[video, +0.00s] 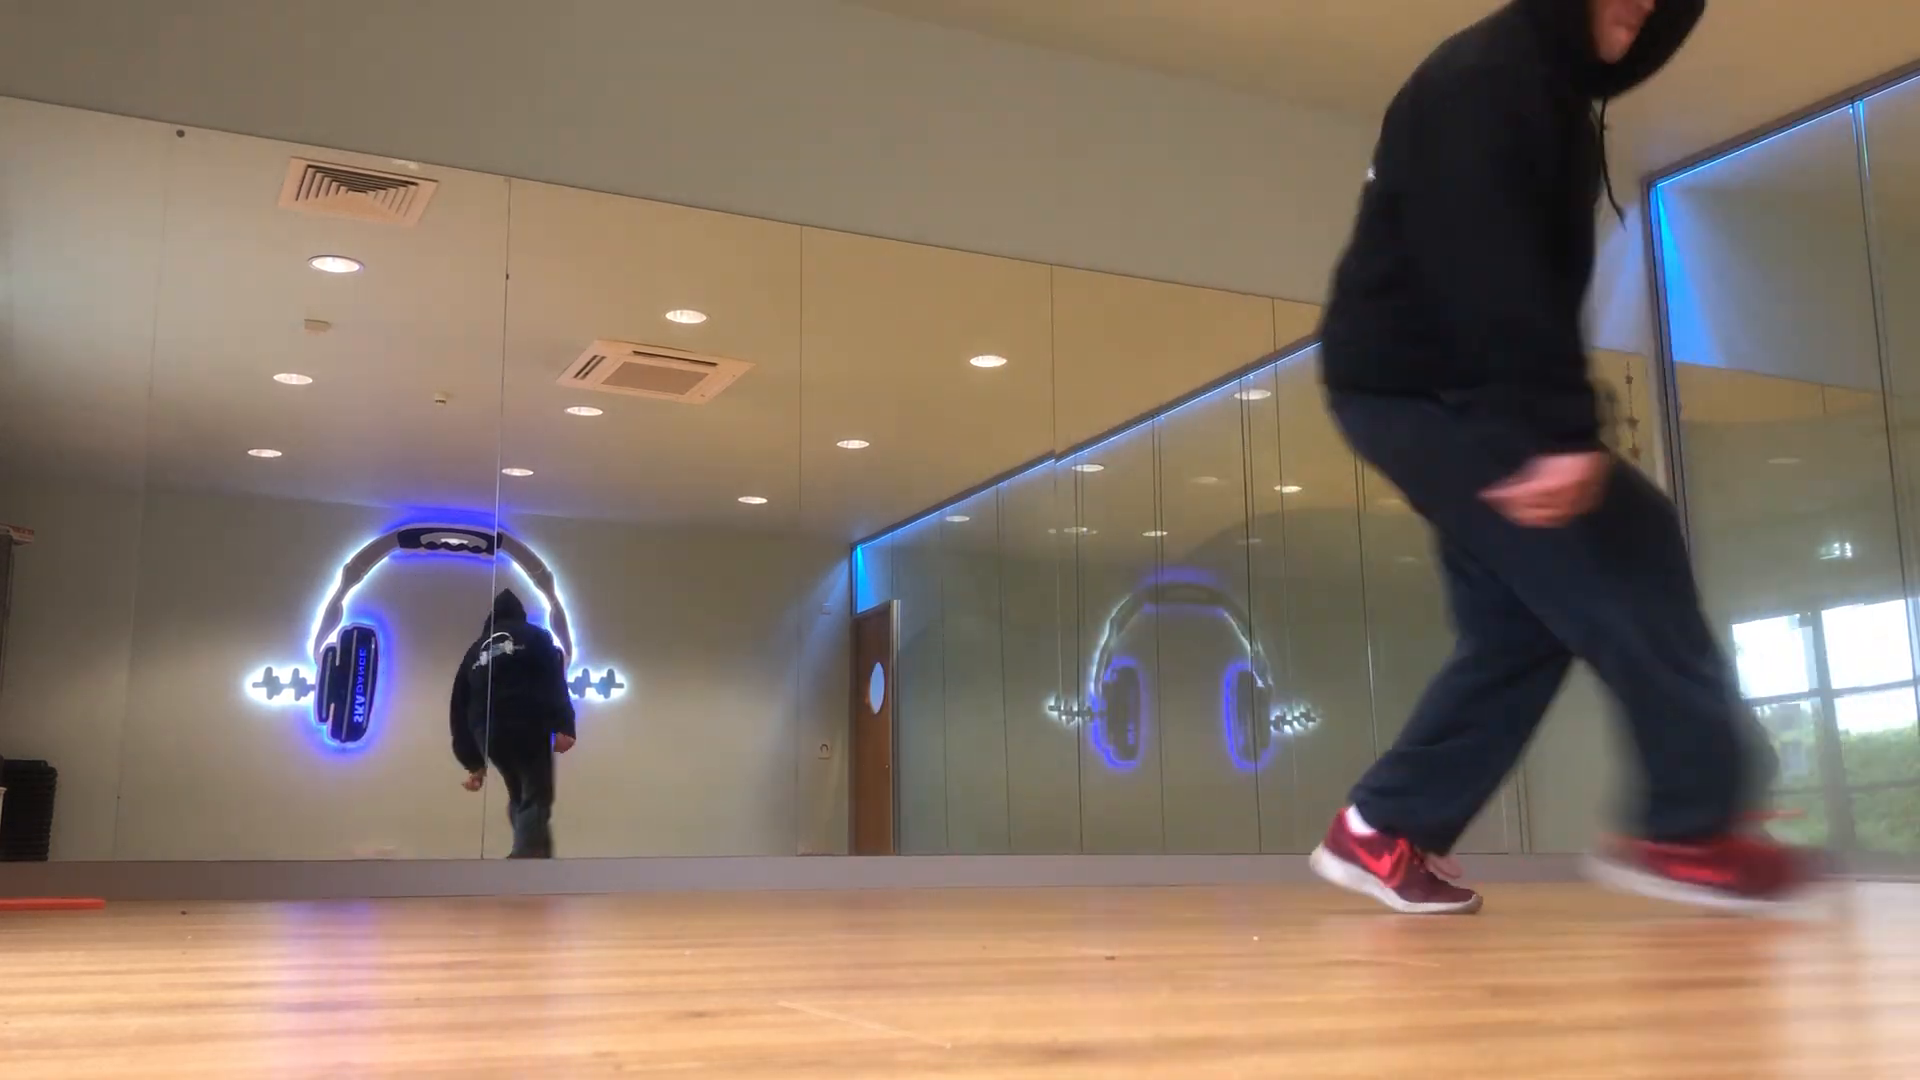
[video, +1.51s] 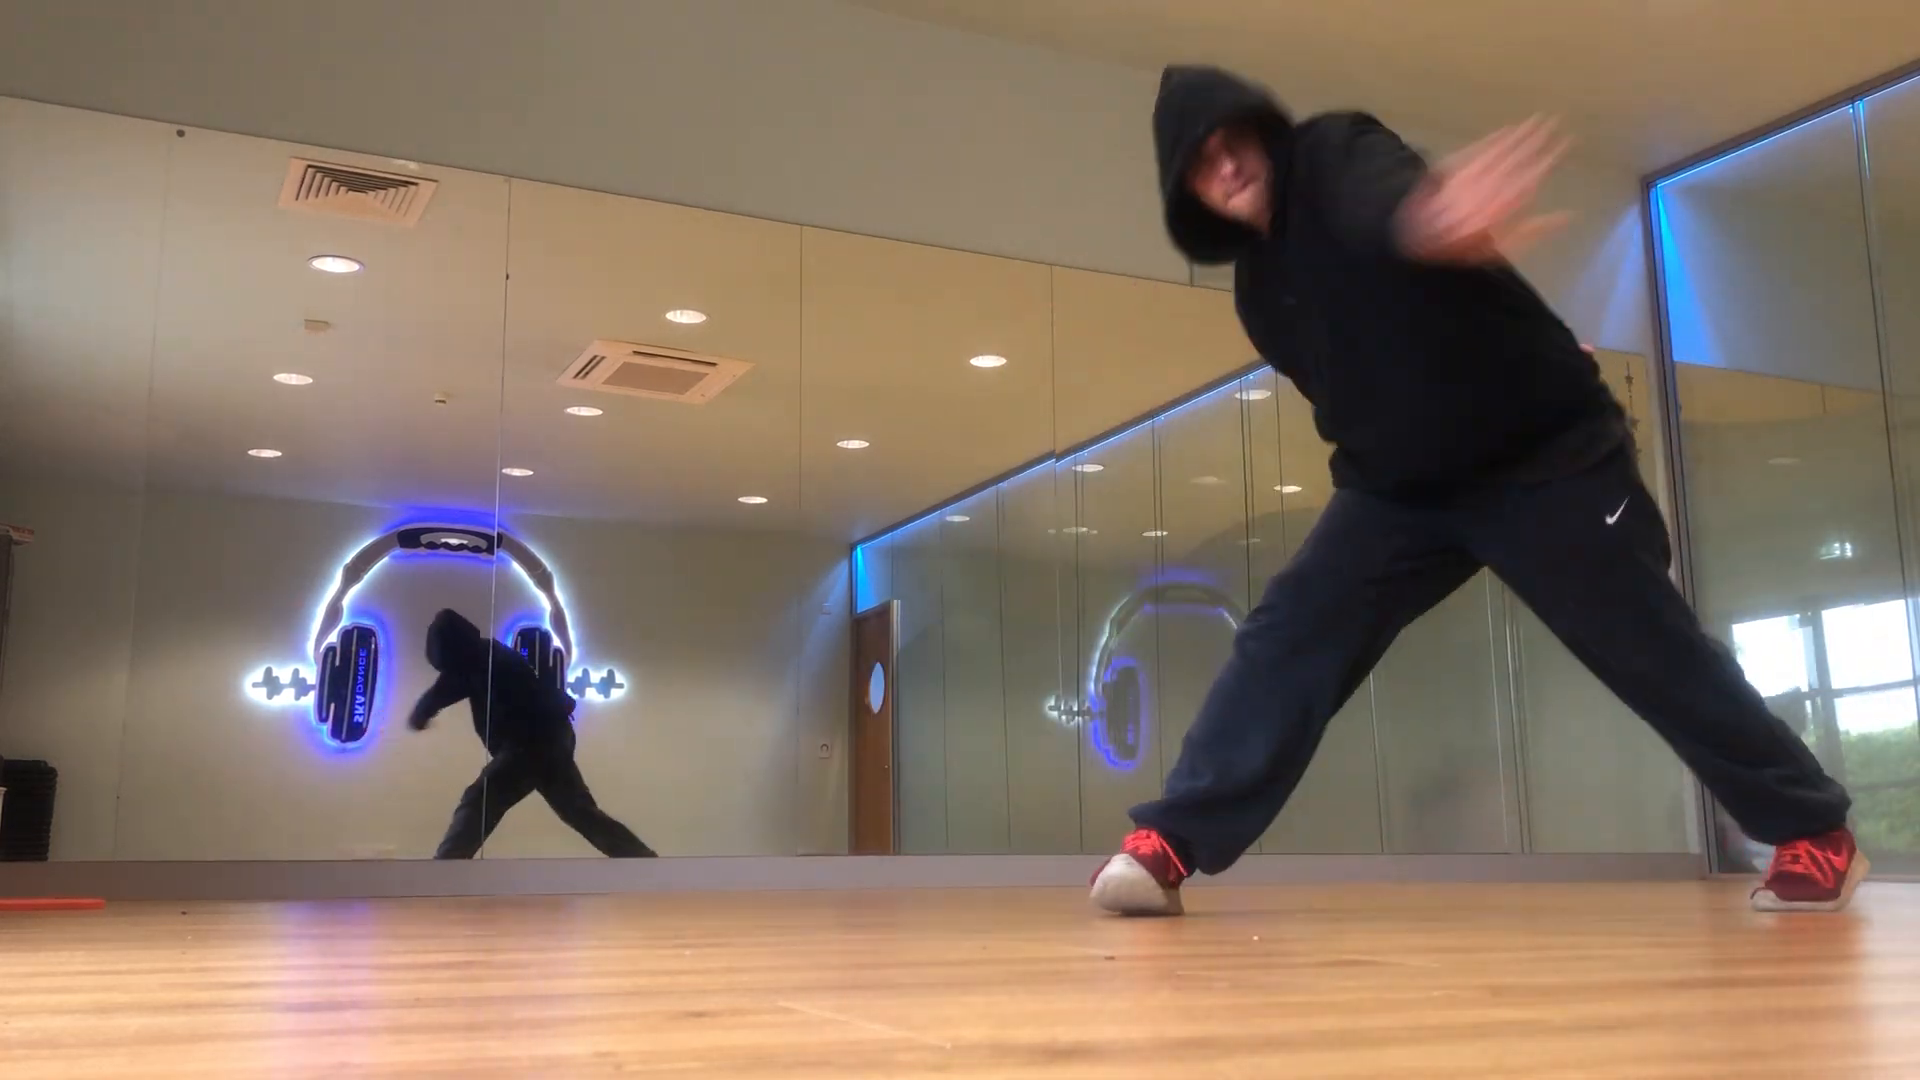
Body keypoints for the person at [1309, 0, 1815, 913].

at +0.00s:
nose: (1639, 13)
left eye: (1651, 6)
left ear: (1647, 17)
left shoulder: (1557, 88)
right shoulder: (1490, 79)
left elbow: (1544, 275)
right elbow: (1493, 265)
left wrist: (1567, 425)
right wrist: (1558, 426)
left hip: (1459, 387)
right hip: (1415, 386)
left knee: (1524, 621)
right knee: (1624, 537)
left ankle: (1382, 827)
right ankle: (1687, 825)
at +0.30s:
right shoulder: (1552, 16)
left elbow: (1607, 180)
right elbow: (1608, 174)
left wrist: (1523, 188)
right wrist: (1539, 179)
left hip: (1283, 234)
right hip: (1319, 228)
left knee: (1336, 527)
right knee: (1451, 455)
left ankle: (1275, 808)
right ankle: (1228, 674)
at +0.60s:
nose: (1580, 7)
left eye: (1588, 10)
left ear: (1571, 18)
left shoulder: (1488, 39)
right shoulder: (1410, 12)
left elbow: (1564, 53)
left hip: (1281, 279)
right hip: (1216, 258)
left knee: (1414, 517)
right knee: (1351, 531)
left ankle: (1223, 747)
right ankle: (1283, 846)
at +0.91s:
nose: (1310, 16)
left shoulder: (1451, 23)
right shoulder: (1223, 10)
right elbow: (1151, 45)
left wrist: (1354, 43)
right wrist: (1172, 180)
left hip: (1324, 326)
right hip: (1188, 293)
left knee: (1345, 544)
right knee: (1114, 515)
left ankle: (1260, 836)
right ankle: (938, 738)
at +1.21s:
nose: (1206, 3)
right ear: (1179, 18)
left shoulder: (1342, 73)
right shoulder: (1201, 106)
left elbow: (1214, 211)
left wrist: (1106, 196)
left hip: (1371, 406)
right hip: (1239, 409)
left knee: (1390, 640)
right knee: (1165, 609)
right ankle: (1161, 851)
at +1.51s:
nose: (1224, 170)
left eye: (1231, 143)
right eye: (1200, 166)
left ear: (1265, 131)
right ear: (1189, 193)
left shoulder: (1331, 158)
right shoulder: (1259, 286)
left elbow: (1378, 186)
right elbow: (1356, 362)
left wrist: (1426, 213)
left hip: (1541, 457)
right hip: (1400, 488)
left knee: (1650, 651)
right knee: (1290, 640)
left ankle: (1809, 826)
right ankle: (1169, 845)